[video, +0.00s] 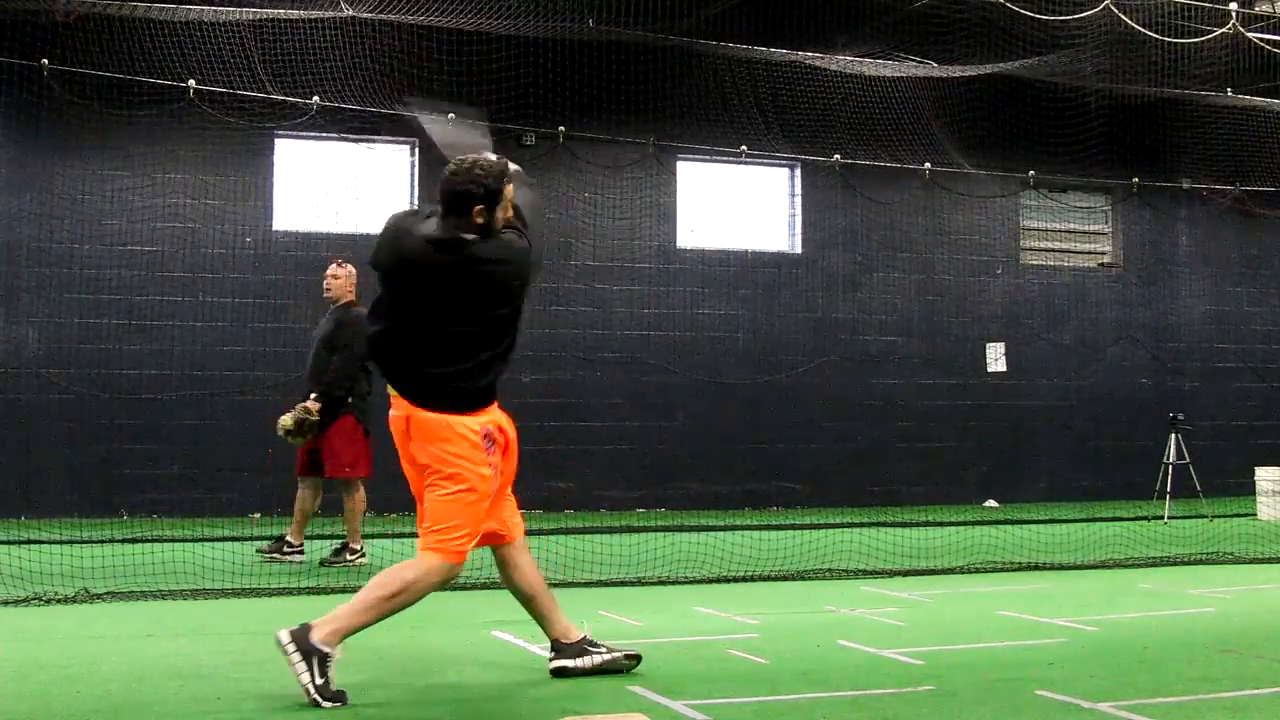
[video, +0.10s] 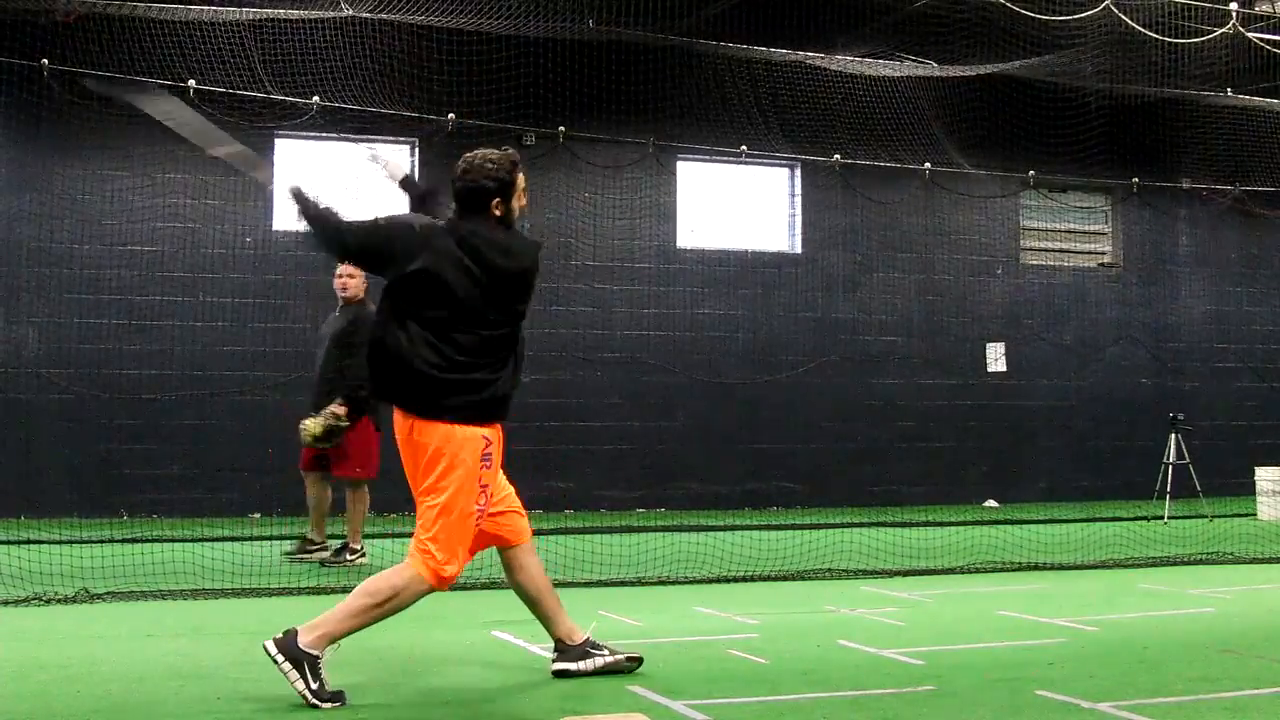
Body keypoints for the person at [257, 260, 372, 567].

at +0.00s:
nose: (326, 282)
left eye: (333, 277)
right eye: (325, 278)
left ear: (350, 283)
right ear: (327, 284)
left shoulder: (355, 318)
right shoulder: (333, 318)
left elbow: (347, 366)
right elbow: (325, 364)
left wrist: (320, 398)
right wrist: (311, 398)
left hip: (347, 409)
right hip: (323, 406)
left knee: (350, 478)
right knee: (308, 475)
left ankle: (354, 546)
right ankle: (294, 541)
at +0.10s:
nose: (343, 282)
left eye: (350, 276)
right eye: (339, 276)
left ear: (365, 282)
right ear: (334, 281)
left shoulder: (367, 318)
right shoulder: (335, 316)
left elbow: (365, 369)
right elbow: (330, 363)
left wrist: (343, 404)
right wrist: (320, 402)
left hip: (356, 409)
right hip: (326, 406)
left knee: (355, 478)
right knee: (313, 471)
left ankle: (354, 545)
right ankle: (316, 538)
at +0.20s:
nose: (355, 287)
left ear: (371, 288)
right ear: (352, 286)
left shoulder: (376, 320)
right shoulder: (341, 318)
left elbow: (379, 367)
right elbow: (334, 363)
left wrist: (368, 405)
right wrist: (327, 403)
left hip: (364, 406)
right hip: (332, 405)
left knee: (357, 477)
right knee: (319, 469)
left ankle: (356, 544)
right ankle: (356, 526)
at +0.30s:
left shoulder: (382, 328)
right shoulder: (347, 325)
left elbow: (397, 371)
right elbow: (344, 371)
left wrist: (394, 411)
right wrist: (329, 405)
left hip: (370, 415)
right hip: (340, 415)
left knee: (363, 482)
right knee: (338, 476)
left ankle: (355, 547)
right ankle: (390, 522)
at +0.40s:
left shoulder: (391, 323)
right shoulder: (353, 326)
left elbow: (403, 366)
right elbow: (342, 364)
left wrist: (402, 402)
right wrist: (331, 400)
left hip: (380, 409)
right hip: (354, 408)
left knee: (369, 479)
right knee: (371, 480)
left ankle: (356, 546)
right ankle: (409, 529)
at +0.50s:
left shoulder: (401, 320)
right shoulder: (360, 321)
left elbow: (412, 363)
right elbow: (350, 361)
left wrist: (408, 401)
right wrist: (338, 399)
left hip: (391, 408)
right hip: (366, 408)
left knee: (378, 478)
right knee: (392, 480)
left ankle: (360, 545)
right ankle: (422, 536)